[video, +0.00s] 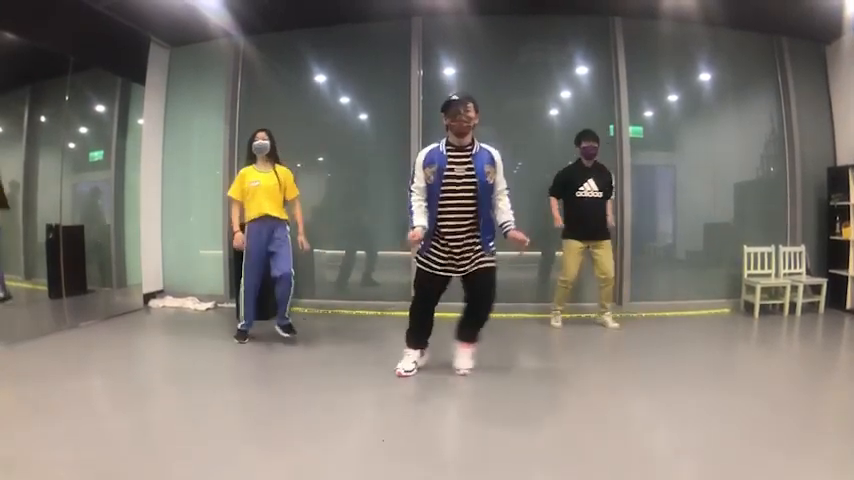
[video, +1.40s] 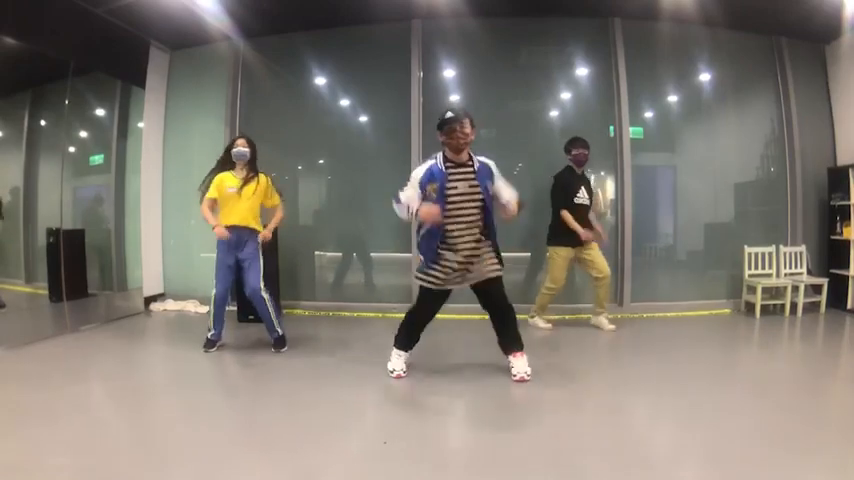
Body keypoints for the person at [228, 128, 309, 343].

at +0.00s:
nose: (261, 142)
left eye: (265, 139)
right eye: (257, 139)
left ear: (272, 145)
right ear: (251, 146)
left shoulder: (283, 172)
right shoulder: (245, 173)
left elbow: (295, 203)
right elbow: (236, 202)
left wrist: (301, 232)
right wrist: (237, 230)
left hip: (279, 225)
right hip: (254, 225)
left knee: (285, 273)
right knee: (251, 276)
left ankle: (283, 320)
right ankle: (245, 323)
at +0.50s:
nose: (281, 144)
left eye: (286, 141)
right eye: (278, 140)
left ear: (294, 148)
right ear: (272, 146)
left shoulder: (297, 176)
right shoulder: (260, 170)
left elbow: (302, 212)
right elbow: (251, 202)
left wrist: (269, 221)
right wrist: (243, 234)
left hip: (279, 234)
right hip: (254, 232)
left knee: (287, 283)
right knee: (241, 280)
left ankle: (297, 333)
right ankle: (252, 325)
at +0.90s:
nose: (247, 149)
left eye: (252, 145)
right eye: (245, 145)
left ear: (261, 150)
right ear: (241, 149)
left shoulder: (264, 174)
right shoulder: (238, 176)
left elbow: (281, 202)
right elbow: (236, 204)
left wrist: (252, 209)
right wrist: (225, 219)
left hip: (253, 232)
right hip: (233, 231)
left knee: (266, 286)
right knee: (220, 283)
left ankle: (293, 334)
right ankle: (223, 335)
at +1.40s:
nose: (240, 150)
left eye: (245, 146)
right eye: (236, 146)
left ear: (252, 152)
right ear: (230, 152)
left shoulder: (262, 180)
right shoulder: (221, 178)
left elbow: (279, 210)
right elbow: (205, 206)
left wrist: (269, 229)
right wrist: (216, 226)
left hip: (251, 236)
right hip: (226, 235)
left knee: (254, 288)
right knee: (221, 289)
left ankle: (277, 334)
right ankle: (214, 335)